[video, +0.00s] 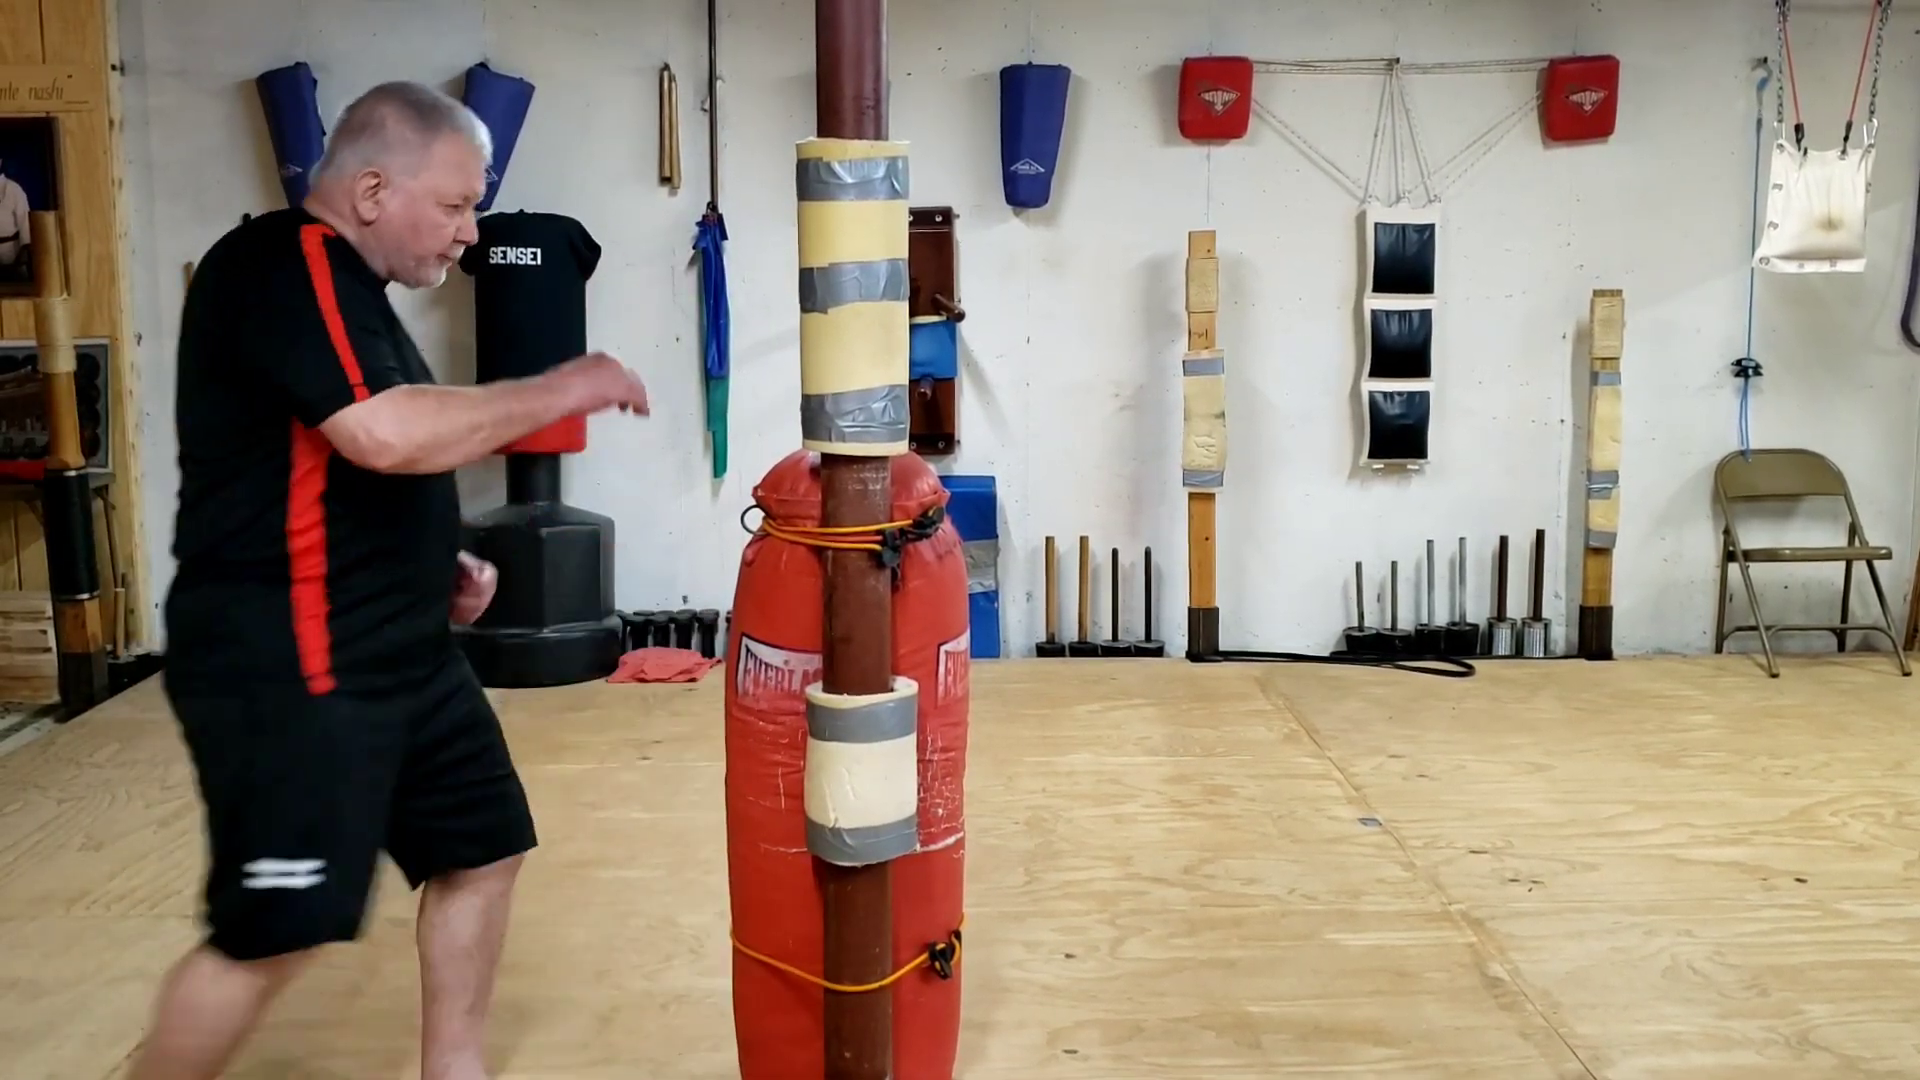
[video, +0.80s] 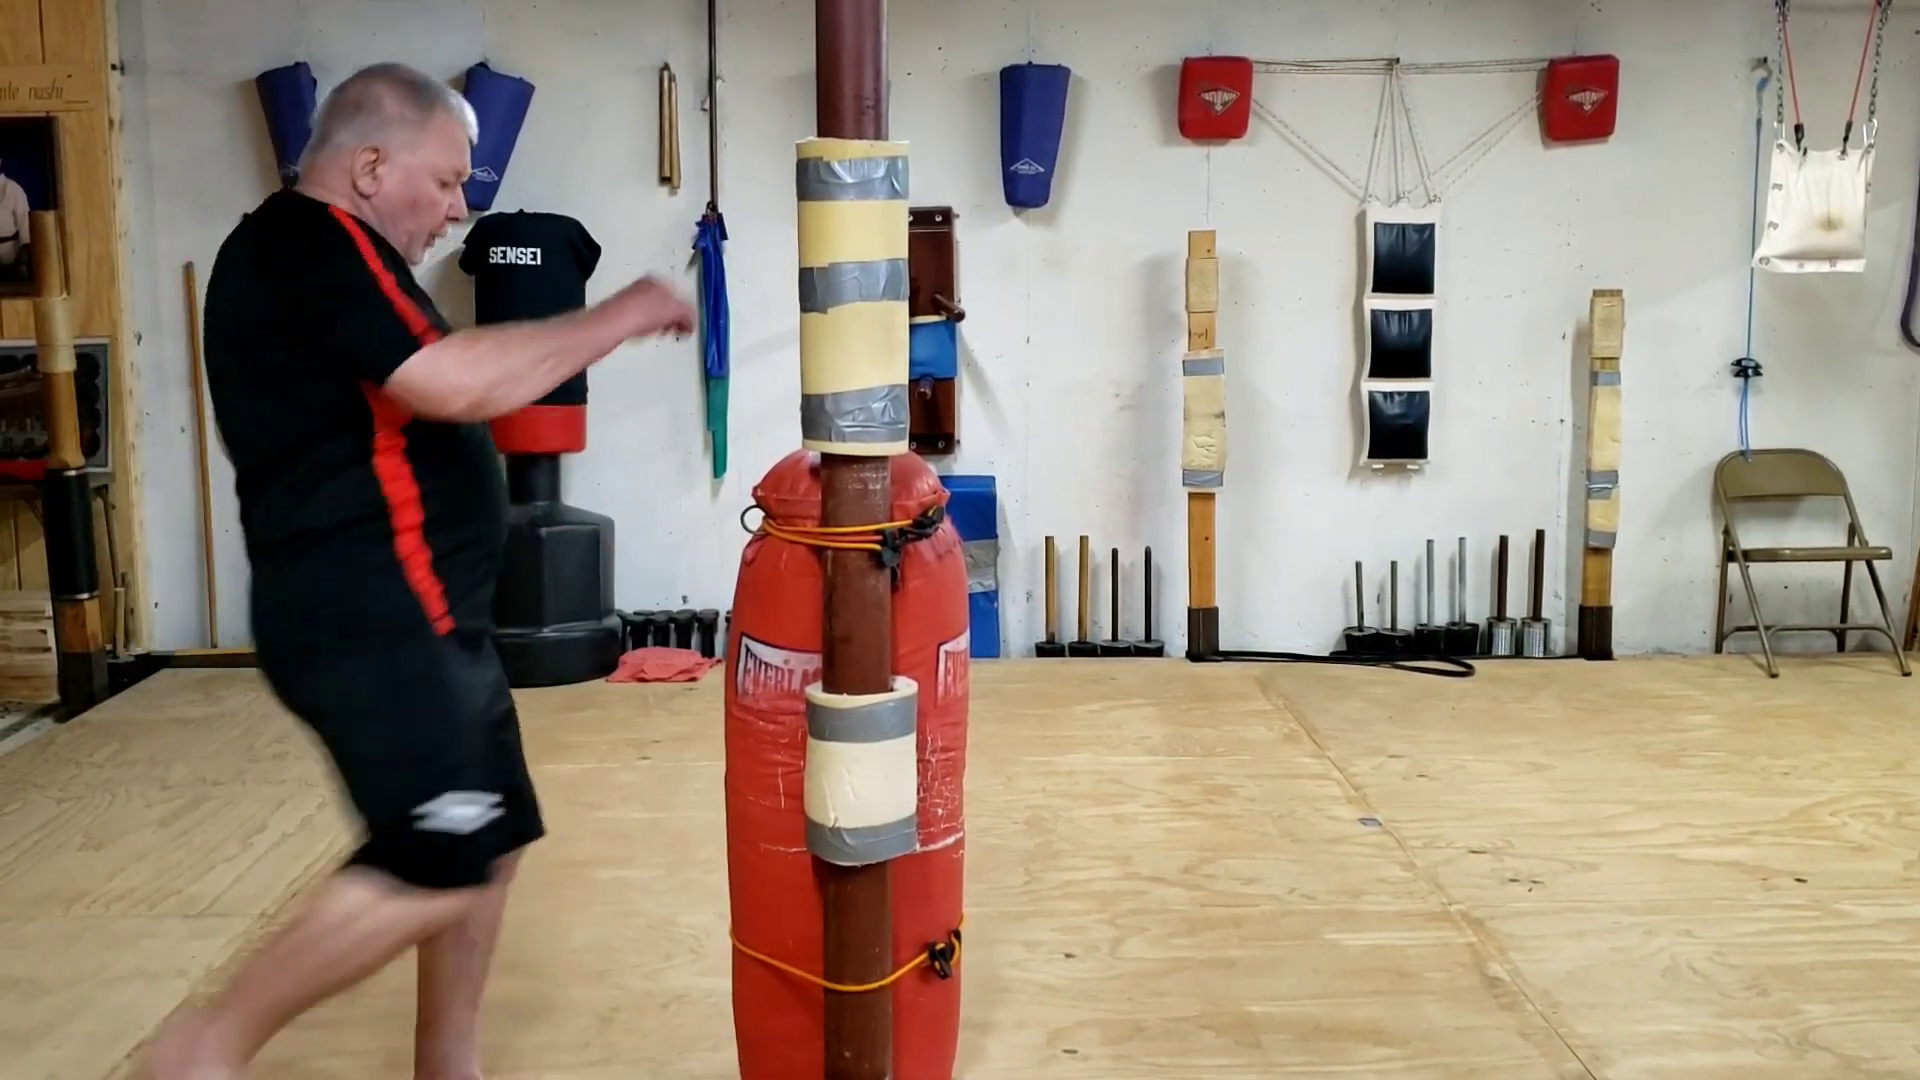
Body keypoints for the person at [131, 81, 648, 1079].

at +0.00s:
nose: (470, 234)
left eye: (472, 210)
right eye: (454, 206)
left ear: (374, 197)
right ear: (371, 193)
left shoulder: (343, 281)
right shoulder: (276, 263)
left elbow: (311, 480)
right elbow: (383, 433)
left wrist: (429, 563)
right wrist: (552, 393)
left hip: (398, 646)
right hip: (279, 658)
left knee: (481, 846)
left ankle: (453, 1069)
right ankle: (152, 1072)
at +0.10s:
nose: (432, 253)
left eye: (436, 230)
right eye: (415, 229)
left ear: (337, 222)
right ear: (329, 221)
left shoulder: (347, 310)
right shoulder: (224, 294)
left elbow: (326, 501)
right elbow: (328, 466)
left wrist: (420, 577)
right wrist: (506, 391)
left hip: (362, 658)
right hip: (228, 678)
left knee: (485, 844)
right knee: (201, 947)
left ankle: (450, 1069)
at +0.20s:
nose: (400, 248)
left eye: (404, 222)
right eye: (378, 225)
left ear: (299, 221)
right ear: (288, 220)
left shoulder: (349, 303)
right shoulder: (173, 305)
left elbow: (341, 475)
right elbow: (203, 507)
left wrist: (424, 522)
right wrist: (418, 443)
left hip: (355, 657)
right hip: (211, 685)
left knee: (477, 840)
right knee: (180, 952)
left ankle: (446, 1066)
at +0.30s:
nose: (392, 227)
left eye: (394, 201)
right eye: (371, 202)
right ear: (277, 196)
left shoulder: (356, 292)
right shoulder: (153, 289)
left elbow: (412, 443)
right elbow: (77, 491)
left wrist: (460, 413)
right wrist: (293, 529)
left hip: (361, 651)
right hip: (210, 677)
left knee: (461, 839)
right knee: (179, 937)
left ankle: (443, 1067)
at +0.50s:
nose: (423, 239)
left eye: (427, 216)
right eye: (407, 214)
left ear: (329, 208)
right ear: (320, 207)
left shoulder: (375, 298)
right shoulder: (190, 299)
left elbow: (485, 380)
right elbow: (76, 478)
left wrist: (582, 359)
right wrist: (257, 587)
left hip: (352, 656)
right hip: (219, 681)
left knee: (458, 830)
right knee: (197, 938)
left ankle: (443, 1067)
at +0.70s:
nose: (458, 231)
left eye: (461, 208)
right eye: (444, 206)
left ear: (369, 197)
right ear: (362, 193)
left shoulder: (353, 273)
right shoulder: (289, 268)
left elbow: (490, 338)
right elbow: (493, 351)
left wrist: (652, 286)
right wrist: (665, 279)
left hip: (413, 653)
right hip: (297, 673)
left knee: (505, 845)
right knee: (238, 934)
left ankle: (448, 1069)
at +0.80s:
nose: (456, 211)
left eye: (461, 189)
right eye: (448, 183)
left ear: (365, 170)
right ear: (370, 166)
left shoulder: (337, 248)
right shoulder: (305, 243)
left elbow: (443, 378)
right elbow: (445, 379)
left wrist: (586, 335)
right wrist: (617, 320)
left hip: (424, 600)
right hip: (359, 606)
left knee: (490, 833)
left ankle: (449, 1067)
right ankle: (202, 1047)